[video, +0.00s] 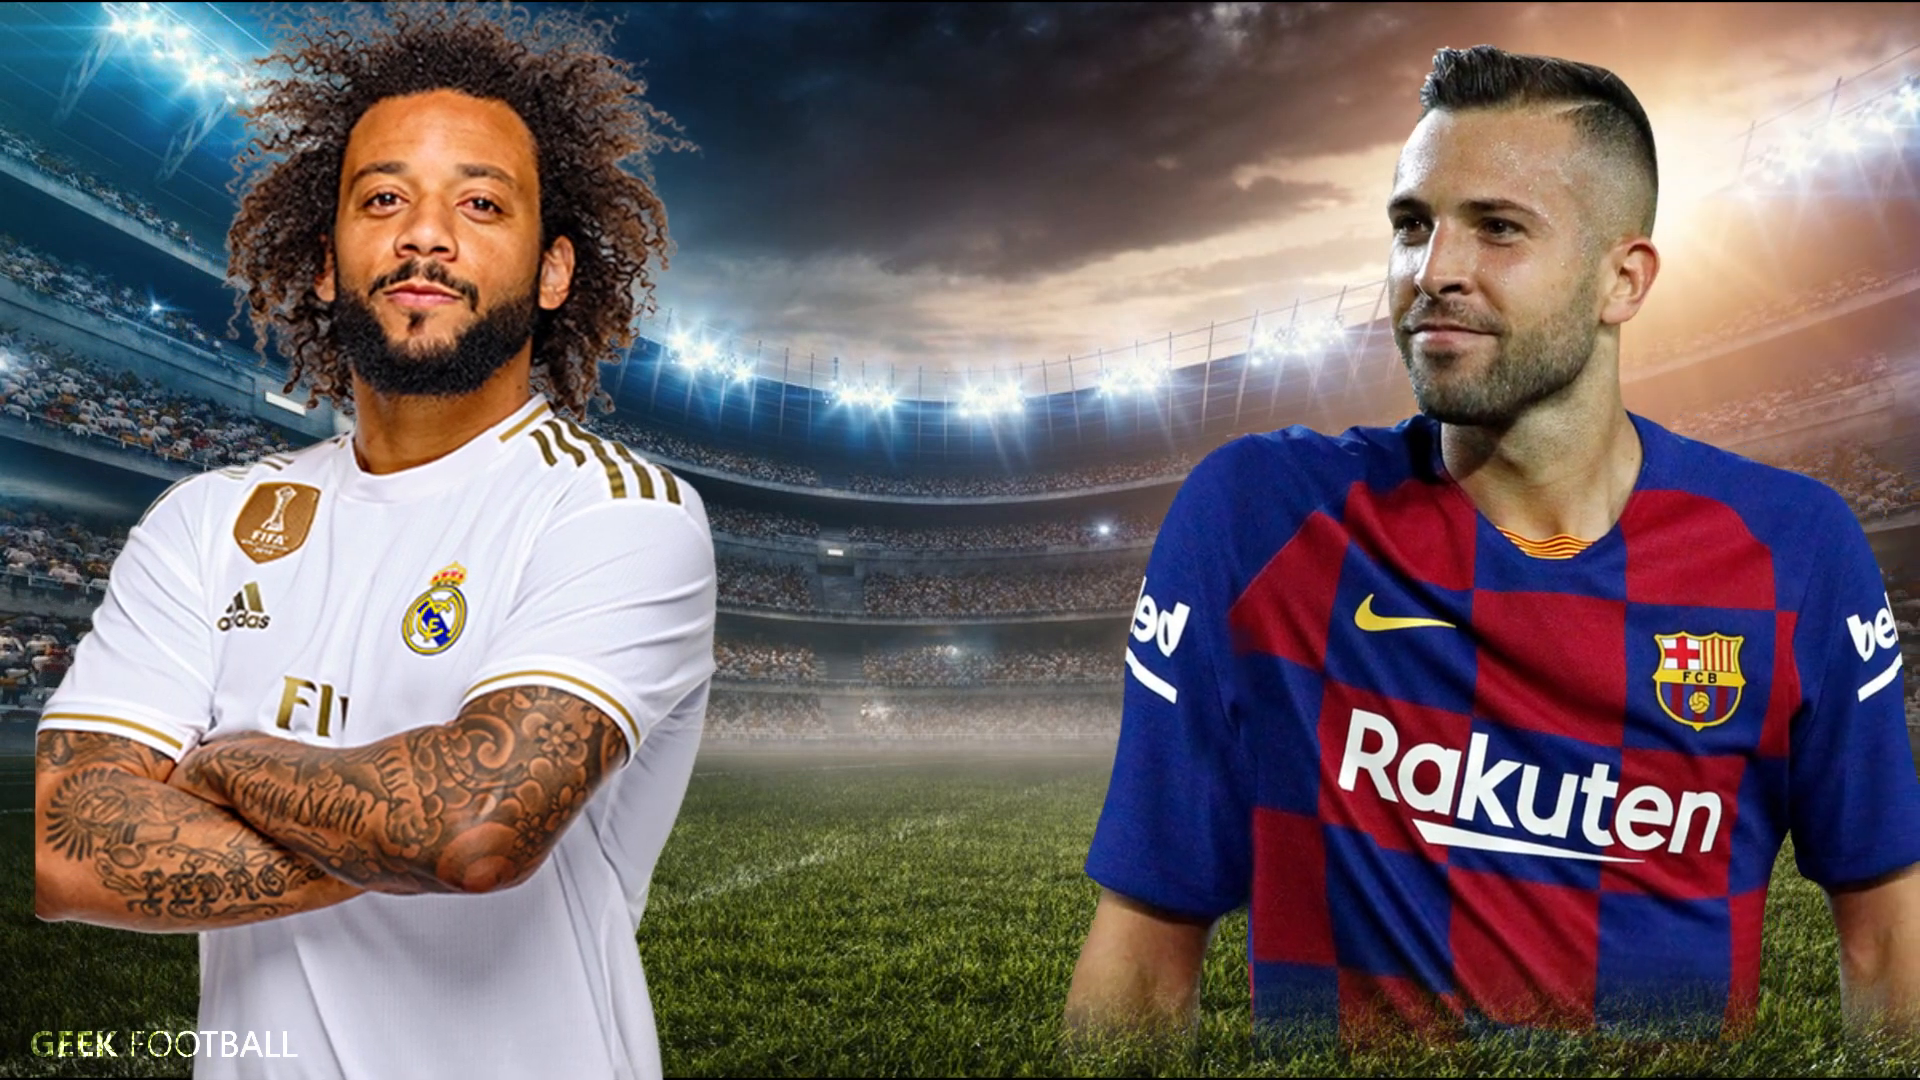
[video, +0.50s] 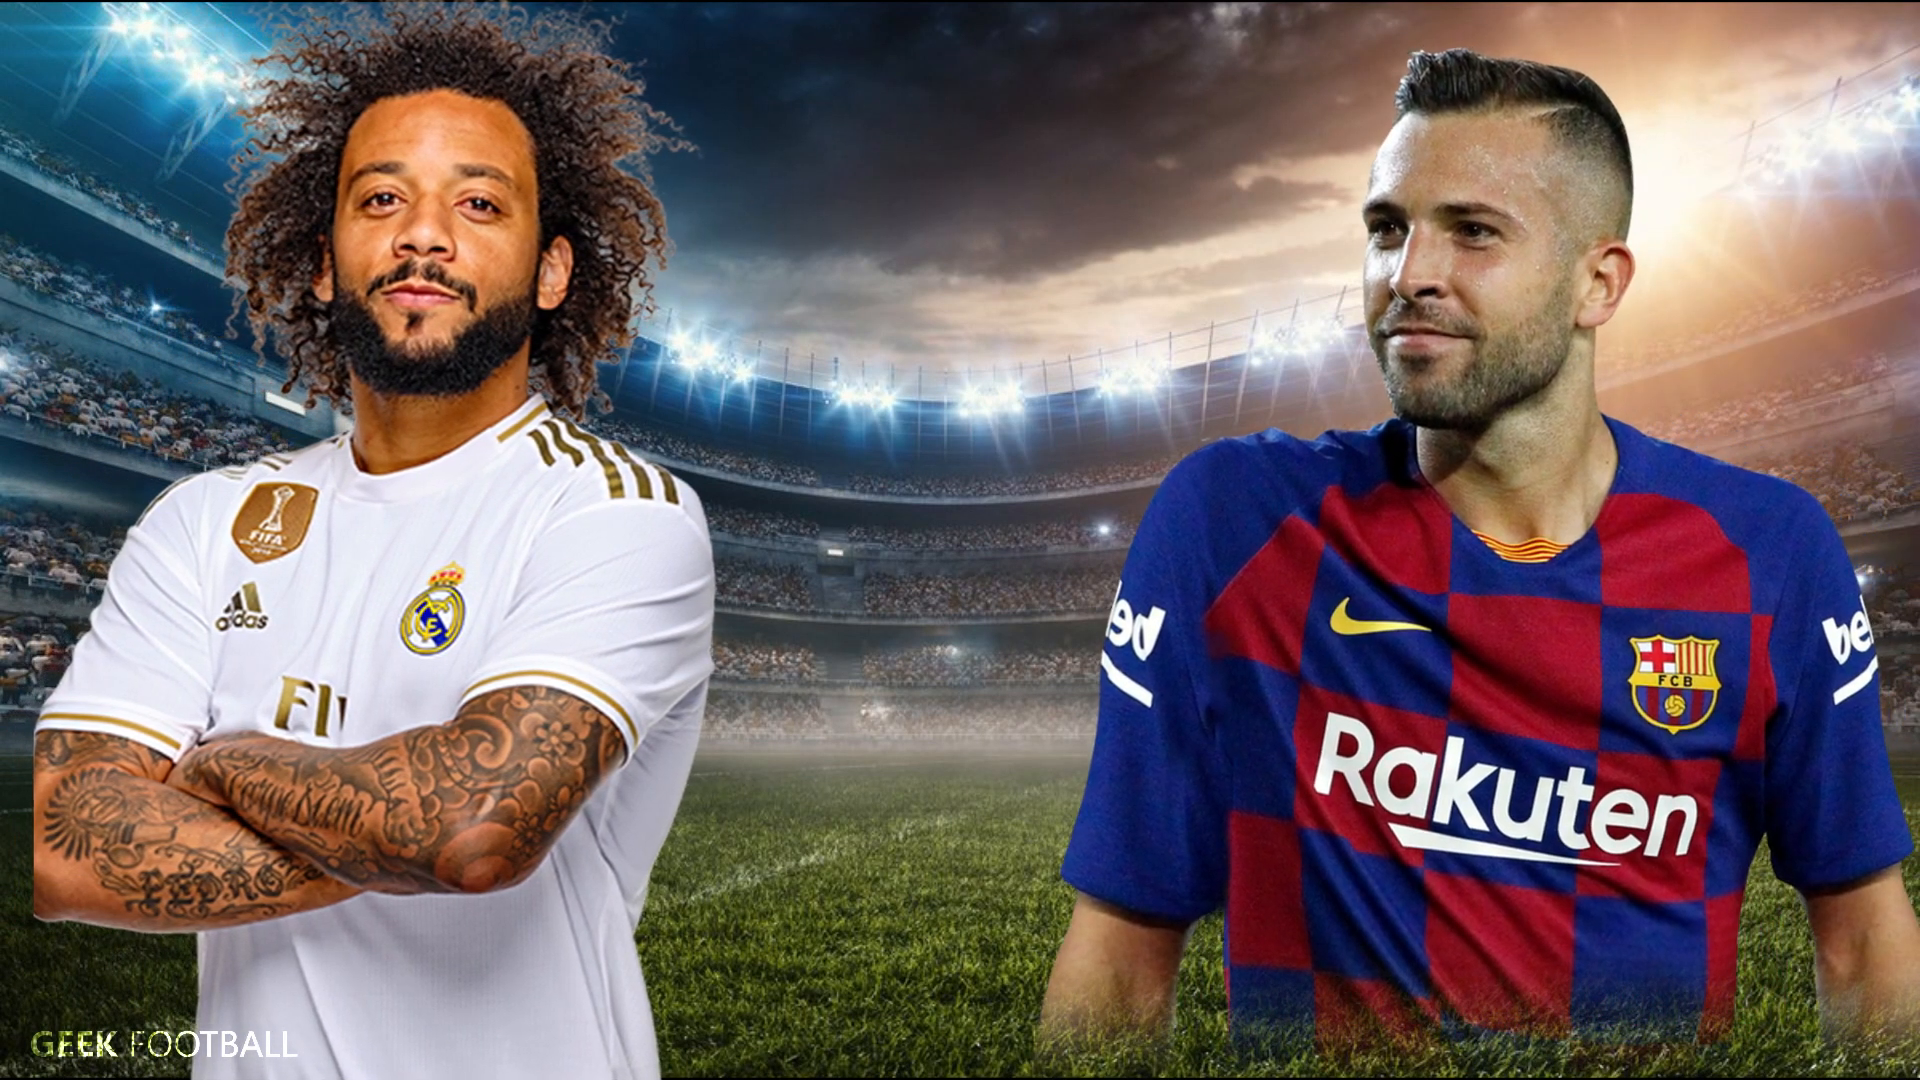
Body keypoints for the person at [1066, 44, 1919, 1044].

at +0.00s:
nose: (1432, 273)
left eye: (1499, 228)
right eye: (1414, 227)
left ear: (1623, 282)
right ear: (1391, 250)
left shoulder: (1798, 553)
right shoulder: (1253, 515)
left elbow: (1885, 934)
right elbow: (1145, 943)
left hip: (1668, 1059)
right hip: (1343, 1062)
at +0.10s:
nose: (1415, 273)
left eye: (1482, 229)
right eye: (1397, 227)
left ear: (1607, 282)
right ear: (1373, 251)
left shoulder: (1780, 552)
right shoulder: (1235, 515)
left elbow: (1872, 930)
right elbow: (1128, 942)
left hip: (1653, 1049)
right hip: (1325, 1051)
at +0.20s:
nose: (1409, 273)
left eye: (1477, 229)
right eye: (1390, 228)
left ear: (1602, 281)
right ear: (1367, 250)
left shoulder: (1774, 552)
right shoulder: (1230, 516)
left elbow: (1865, 925)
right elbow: (1123, 943)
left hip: (1646, 1049)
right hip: (1319, 1051)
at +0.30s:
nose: (1408, 274)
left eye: (1476, 230)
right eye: (1389, 229)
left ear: (1601, 283)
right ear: (1366, 252)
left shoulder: (1773, 552)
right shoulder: (1229, 516)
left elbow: (1864, 926)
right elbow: (1122, 943)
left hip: (1646, 1046)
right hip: (1317, 1044)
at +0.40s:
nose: (1407, 275)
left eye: (1474, 231)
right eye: (1389, 229)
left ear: (1600, 284)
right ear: (1365, 254)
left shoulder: (1772, 554)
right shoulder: (1229, 517)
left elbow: (1864, 928)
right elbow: (1121, 946)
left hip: (1646, 1047)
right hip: (1316, 1046)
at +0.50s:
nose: (1407, 275)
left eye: (1474, 231)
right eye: (1388, 230)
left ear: (1600, 285)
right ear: (1364, 256)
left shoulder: (1771, 555)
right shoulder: (1229, 519)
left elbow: (1863, 931)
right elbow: (1121, 946)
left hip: (1644, 1048)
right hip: (1316, 1047)